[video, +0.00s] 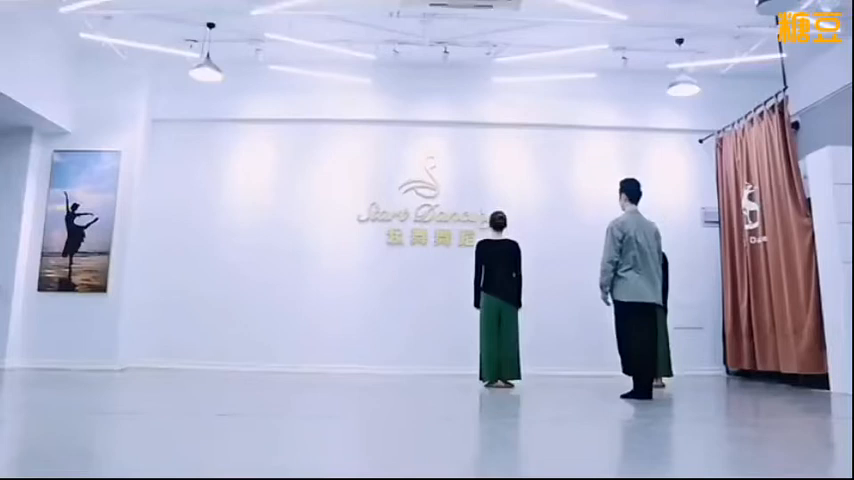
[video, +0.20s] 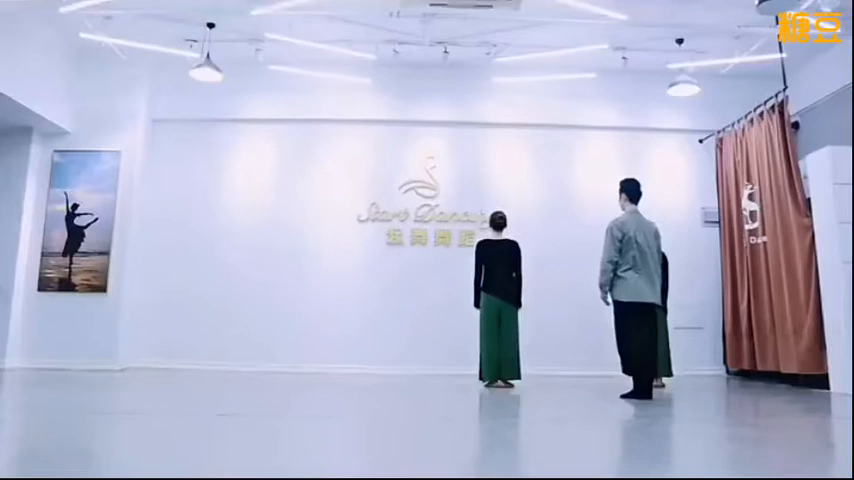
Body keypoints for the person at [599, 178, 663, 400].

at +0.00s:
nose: (619, 199)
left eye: (619, 195)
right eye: (620, 195)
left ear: (623, 197)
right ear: (639, 197)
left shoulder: (618, 225)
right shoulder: (652, 227)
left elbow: (610, 261)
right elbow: (658, 261)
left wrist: (604, 287)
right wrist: (655, 289)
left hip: (626, 294)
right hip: (650, 294)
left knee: (631, 342)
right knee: (647, 342)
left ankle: (640, 386)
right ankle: (644, 387)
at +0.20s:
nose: (618, 199)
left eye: (619, 195)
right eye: (620, 195)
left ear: (623, 197)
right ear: (639, 197)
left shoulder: (617, 225)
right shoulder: (652, 227)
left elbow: (609, 260)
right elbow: (657, 261)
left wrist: (603, 287)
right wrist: (654, 288)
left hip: (626, 294)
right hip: (650, 294)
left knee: (631, 342)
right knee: (647, 342)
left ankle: (640, 386)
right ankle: (644, 387)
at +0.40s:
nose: (618, 199)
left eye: (618, 195)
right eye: (619, 195)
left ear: (622, 196)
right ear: (638, 197)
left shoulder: (617, 225)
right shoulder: (651, 227)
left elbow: (609, 260)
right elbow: (657, 261)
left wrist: (601, 284)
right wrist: (653, 288)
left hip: (625, 295)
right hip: (649, 295)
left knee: (630, 342)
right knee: (646, 342)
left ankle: (639, 387)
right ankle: (643, 387)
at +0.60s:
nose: (616, 203)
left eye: (616, 200)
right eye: (617, 199)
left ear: (621, 201)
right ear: (636, 202)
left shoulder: (617, 229)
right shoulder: (650, 232)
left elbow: (607, 264)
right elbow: (656, 264)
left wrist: (594, 287)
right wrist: (652, 292)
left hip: (621, 296)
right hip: (647, 297)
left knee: (605, 330)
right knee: (642, 343)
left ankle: (623, 368)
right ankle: (644, 387)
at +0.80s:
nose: (611, 207)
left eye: (613, 204)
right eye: (613, 203)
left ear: (617, 205)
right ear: (632, 207)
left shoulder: (613, 233)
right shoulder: (645, 238)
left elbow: (603, 270)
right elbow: (650, 273)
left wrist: (591, 298)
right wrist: (647, 302)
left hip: (615, 299)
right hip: (640, 302)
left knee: (585, 330)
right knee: (638, 346)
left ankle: (583, 368)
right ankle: (644, 387)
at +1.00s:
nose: (601, 207)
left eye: (602, 203)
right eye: (602, 203)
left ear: (607, 204)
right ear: (621, 205)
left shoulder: (602, 233)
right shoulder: (633, 236)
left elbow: (596, 270)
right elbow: (637, 270)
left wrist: (589, 299)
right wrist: (635, 299)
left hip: (605, 299)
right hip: (629, 302)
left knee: (574, 336)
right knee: (630, 346)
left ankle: (554, 374)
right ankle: (643, 386)